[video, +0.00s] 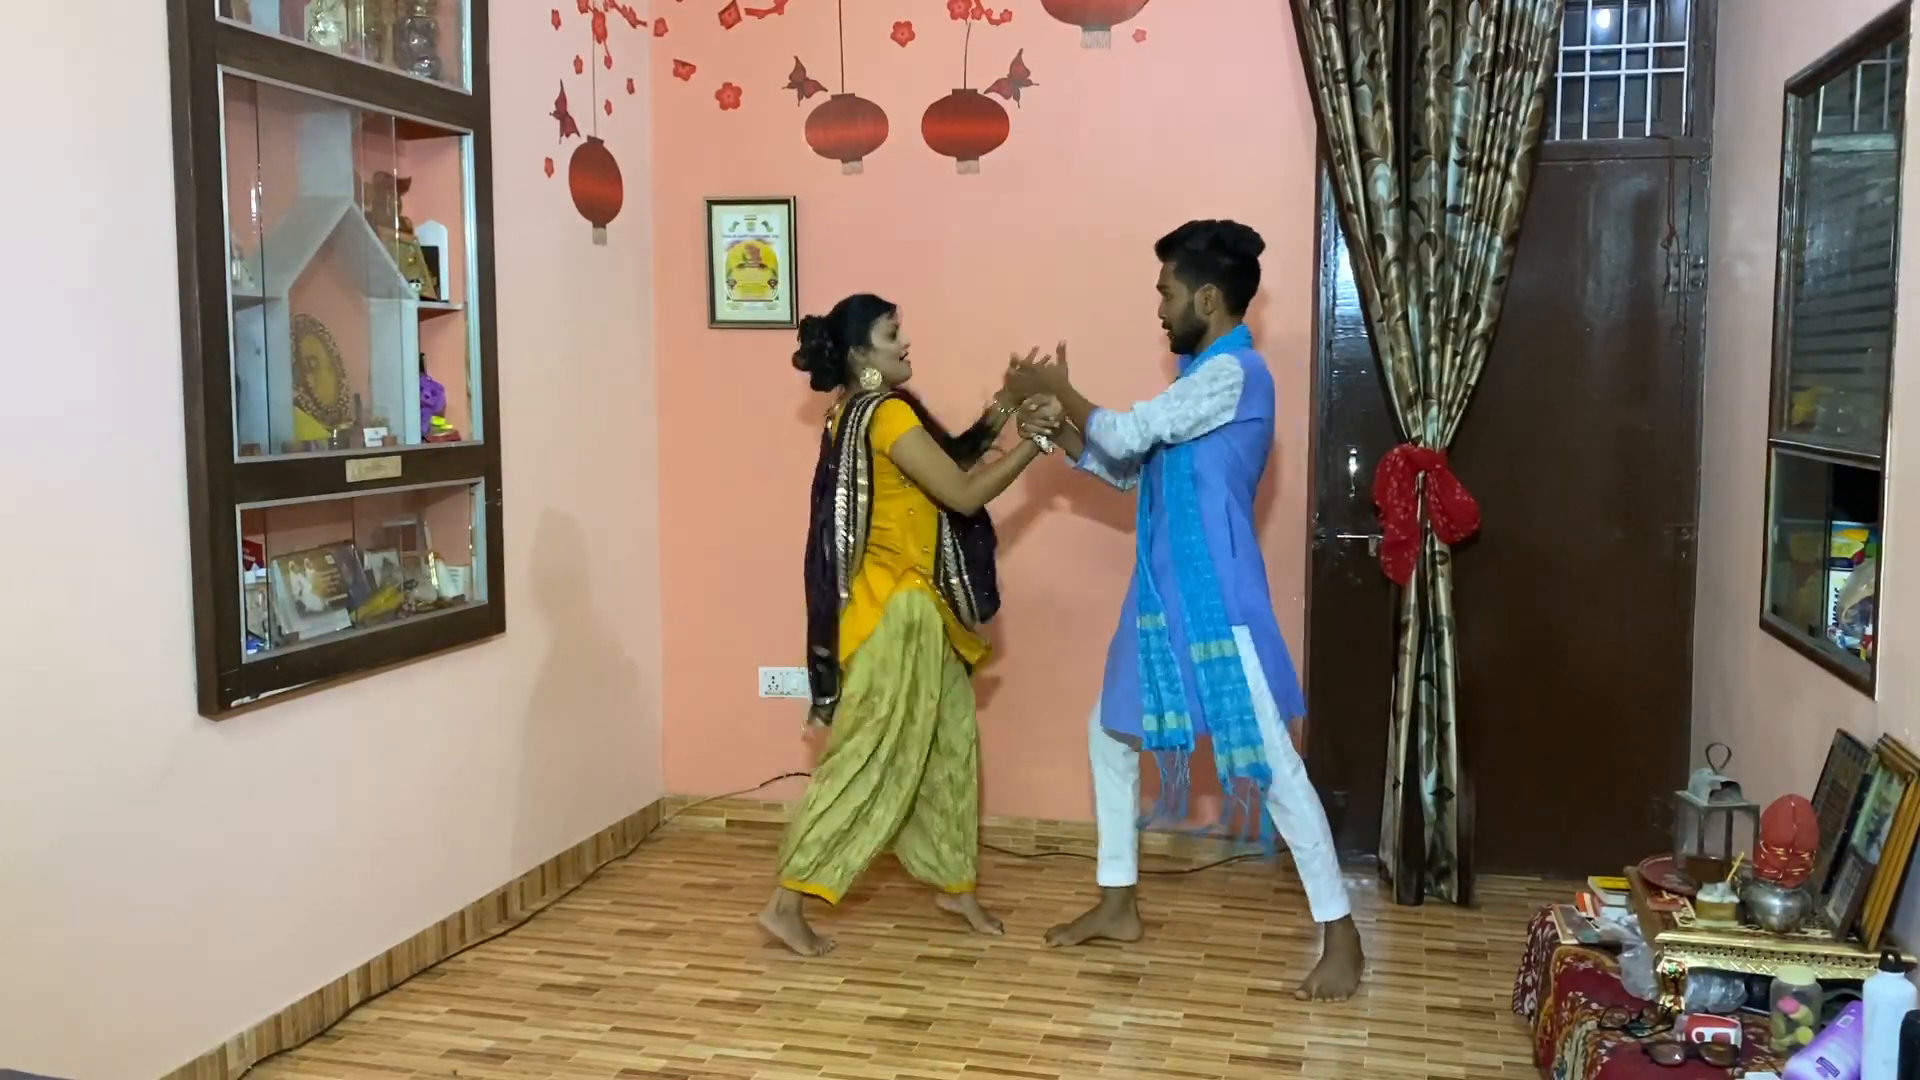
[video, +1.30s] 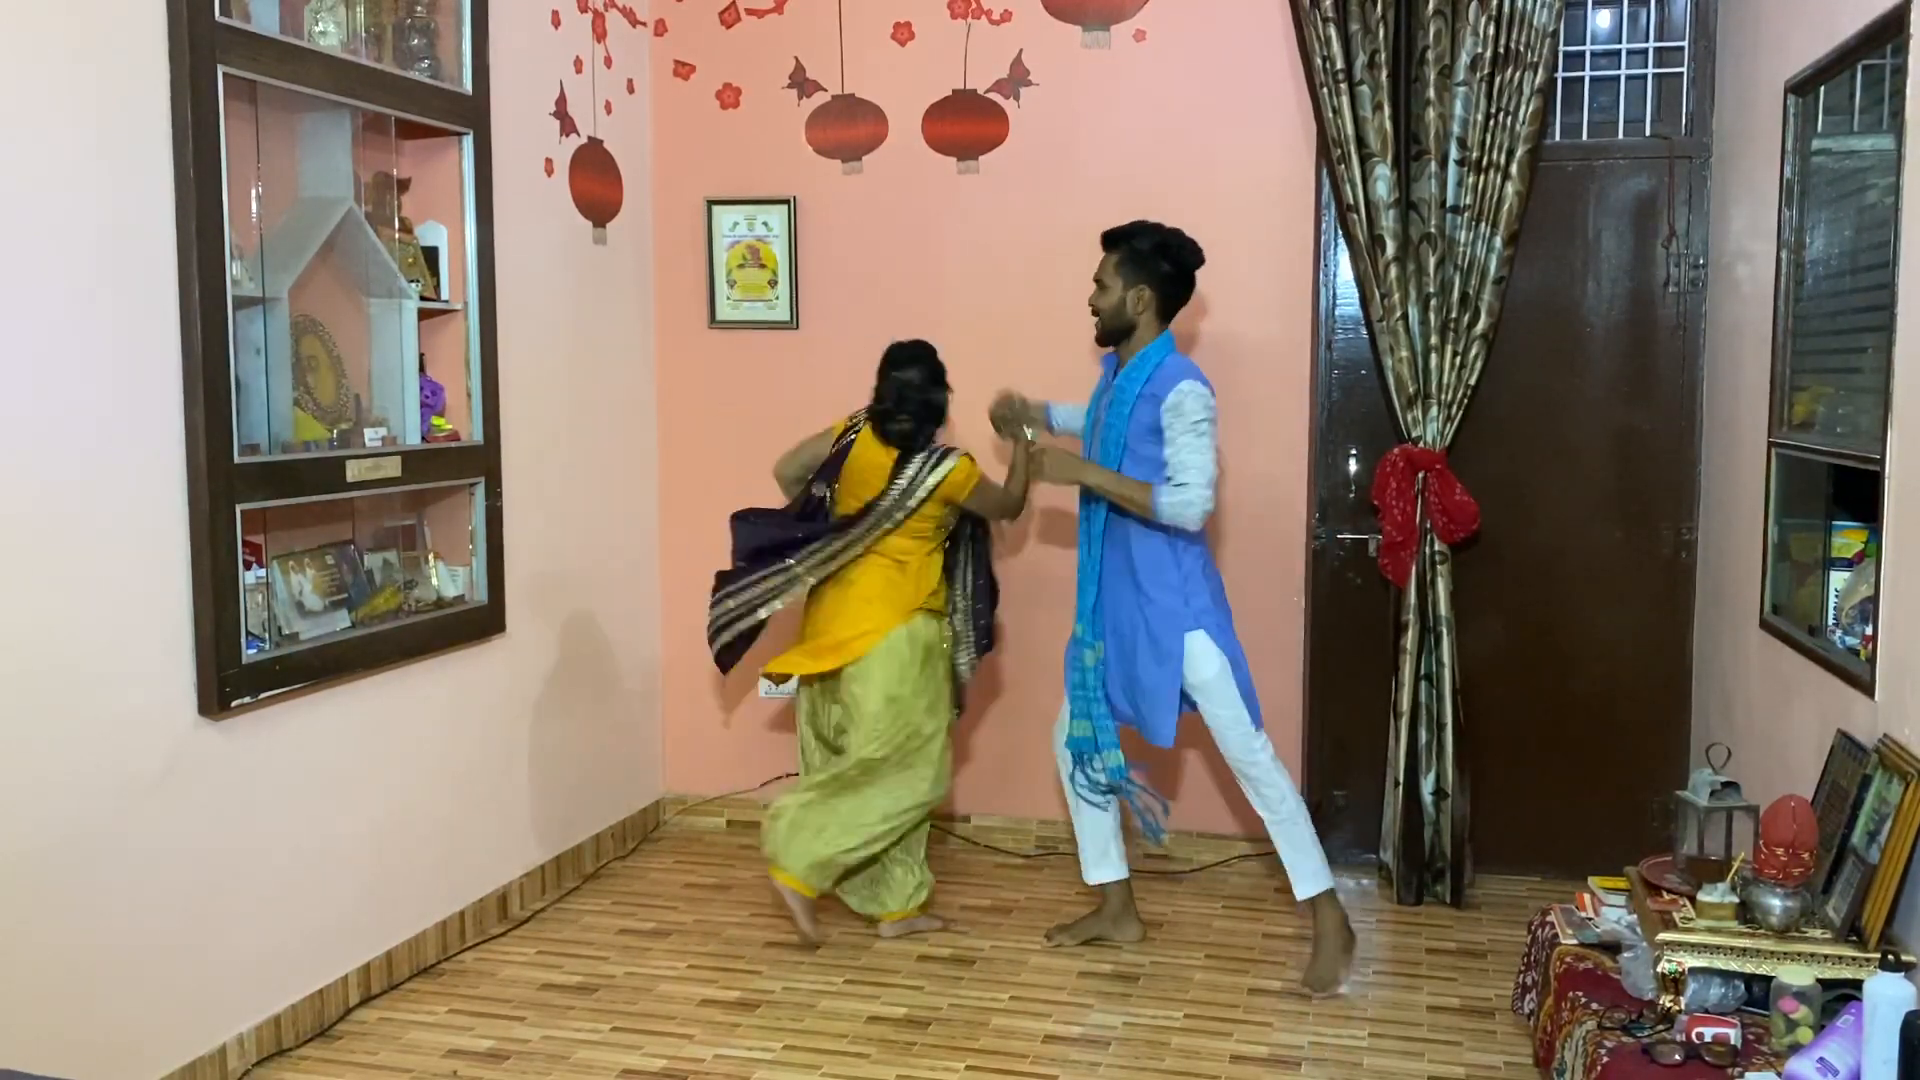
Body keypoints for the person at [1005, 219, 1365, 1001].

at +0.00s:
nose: (1156, 302)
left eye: (1166, 288)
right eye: (1158, 288)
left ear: (1210, 295)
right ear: (1210, 297)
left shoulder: (1235, 371)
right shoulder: (1198, 381)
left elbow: (1128, 435)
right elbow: (1131, 472)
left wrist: (1061, 392)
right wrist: (1055, 431)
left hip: (1219, 598)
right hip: (1159, 597)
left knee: (1271, 757)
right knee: (1110, 734)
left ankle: (1337, 931)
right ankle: (1116, 905)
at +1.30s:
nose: (1091, 295)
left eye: (1102, 283)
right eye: (1094, 281)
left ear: (1144, 297)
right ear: (1136, 296)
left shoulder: (1181, 389)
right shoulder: (1120, 374)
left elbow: (1189, 506)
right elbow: (1103, 435)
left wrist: (1079, 471)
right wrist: (1036, 418)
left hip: (1177, 598)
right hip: (1111, 597)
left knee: (1245, 751)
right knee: (1080, 740)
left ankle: (1327, 915)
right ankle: (1114, 905)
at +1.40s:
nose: (1096, 279)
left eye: (1108, 266)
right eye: (1100, 265)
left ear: (1150, 280)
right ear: (1140, 279)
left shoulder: (1200, 376)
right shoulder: (1105, 351)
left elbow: (1236, 486)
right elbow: (1044, 326)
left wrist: (1122, 500)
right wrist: (984, 290)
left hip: (1185, 582)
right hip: (1109, 581)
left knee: (1228, 737)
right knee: (1110, 733)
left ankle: (1281, 905)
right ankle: (1120, 901)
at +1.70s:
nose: (1115, 287)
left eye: (1129, 275)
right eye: (1119, 273)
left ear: (1175, 285)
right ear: (1156, 284)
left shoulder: (1229, 369)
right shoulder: (1117, 355)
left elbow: (1292, 456)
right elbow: (1018, 355)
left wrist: (1205, 520)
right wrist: (919, 328)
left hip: (1185, 588)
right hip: (1107, 584)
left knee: (1229, 742)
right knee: (1101, 736)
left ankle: (1275, 910)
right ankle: (1119, 904)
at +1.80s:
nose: (1151, 300)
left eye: (1169, 287)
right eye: (1145, 286)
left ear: (1208, 295)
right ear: (1139, 290)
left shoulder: (1244, 390)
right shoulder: (1121, 382)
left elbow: (1260, 502)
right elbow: (1059, 454)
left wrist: (1227, 567)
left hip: (1193, 603)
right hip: (1108, 601)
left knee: (1228, 756)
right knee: (1090, 751)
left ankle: (1255, 922)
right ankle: (1117, 904)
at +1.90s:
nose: (1180, 317)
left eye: (1196, 303)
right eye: (1168, 302)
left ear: (1223, 310)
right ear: (1153, 307)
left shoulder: (1256, 409)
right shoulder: (1123, 404)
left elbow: (1247, 525)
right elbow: (1090, 516)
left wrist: (1189, 595)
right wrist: (1120, 528)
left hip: (1216, 604)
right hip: (1125, 602)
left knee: (1247, 771)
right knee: (1093, 762)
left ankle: (1259, 923)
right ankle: (1106, 904)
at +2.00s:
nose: (1190, 291)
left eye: (1206, 276)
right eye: (1177, 275)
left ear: (1233, 284)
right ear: (1161, 282)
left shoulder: (1262, 375)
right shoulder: (1130, 369)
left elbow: (1252, 483)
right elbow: (1096, 471)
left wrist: (1136, 486)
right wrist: (1200, 428)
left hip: (1226, 585)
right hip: (1141, 583)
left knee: (1250, 747)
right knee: (1108, 738)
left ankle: (1262, 917)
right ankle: (1111, 893)